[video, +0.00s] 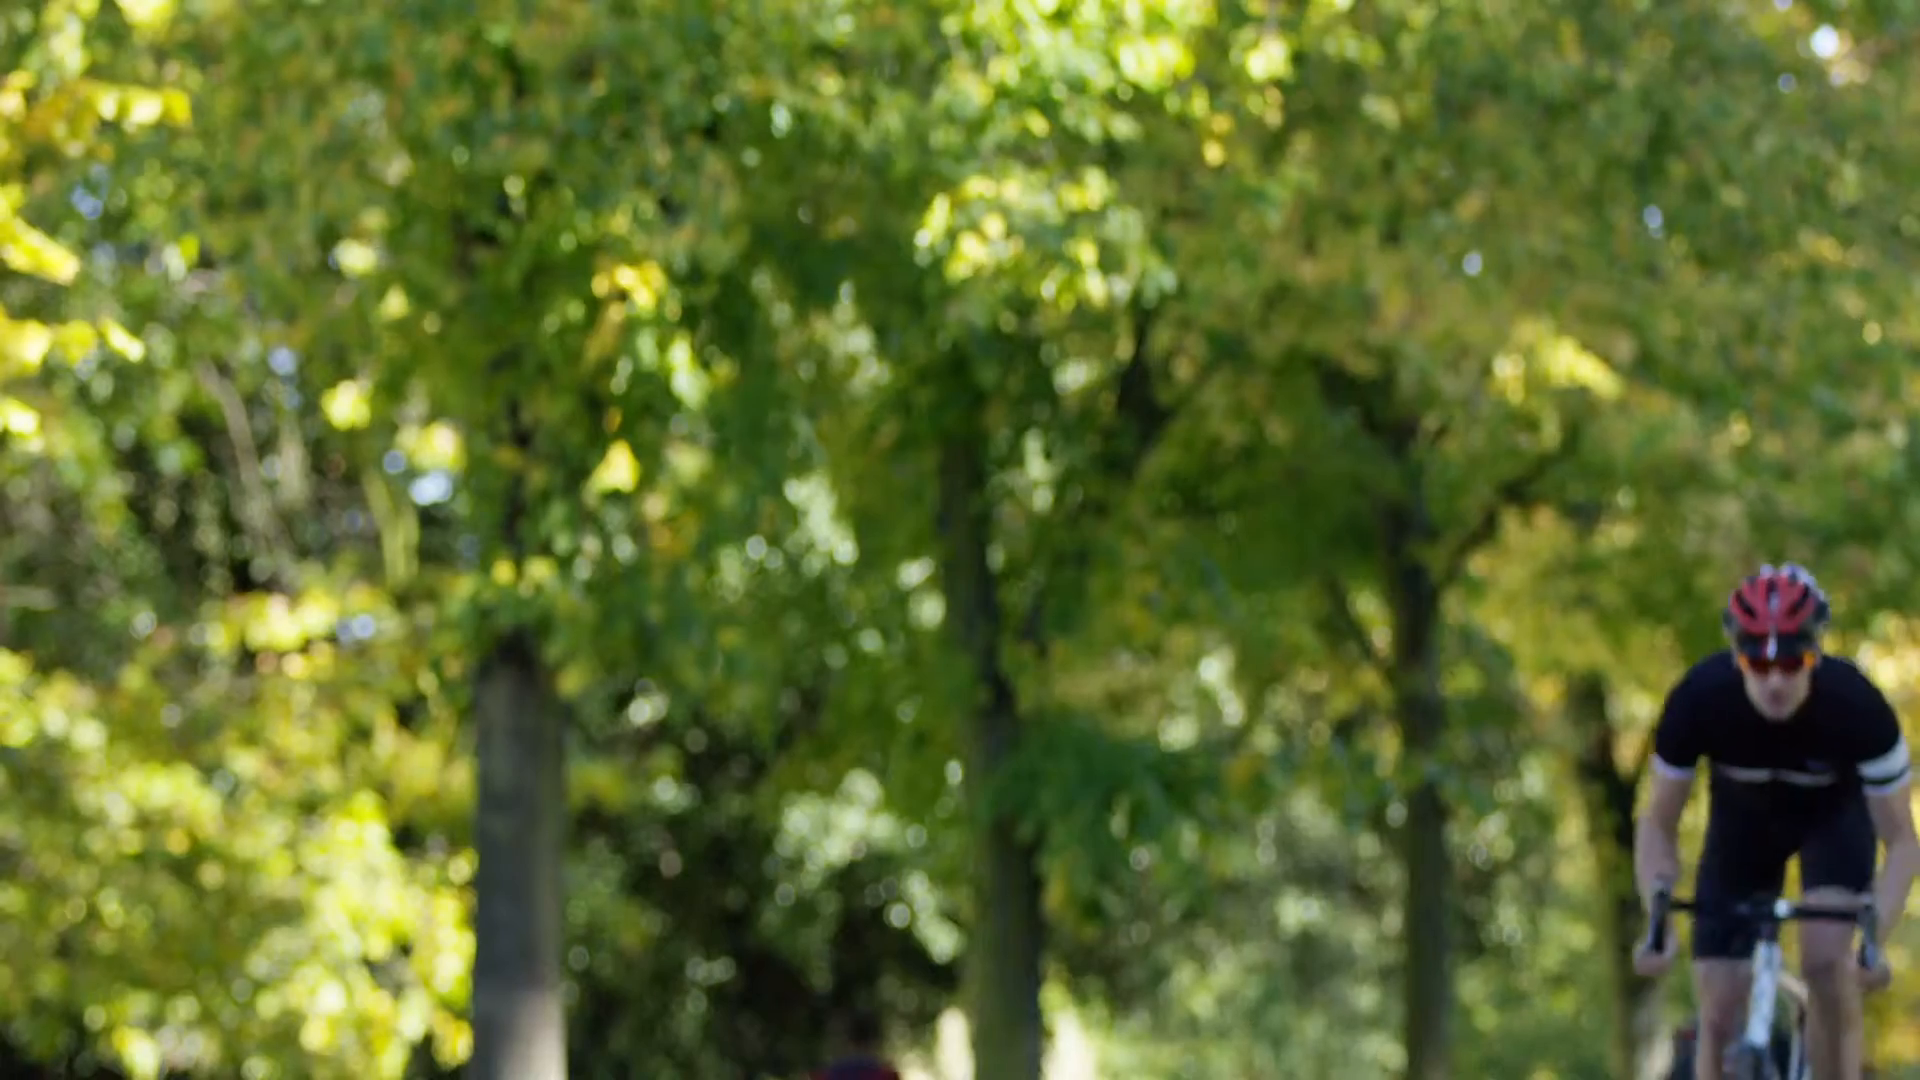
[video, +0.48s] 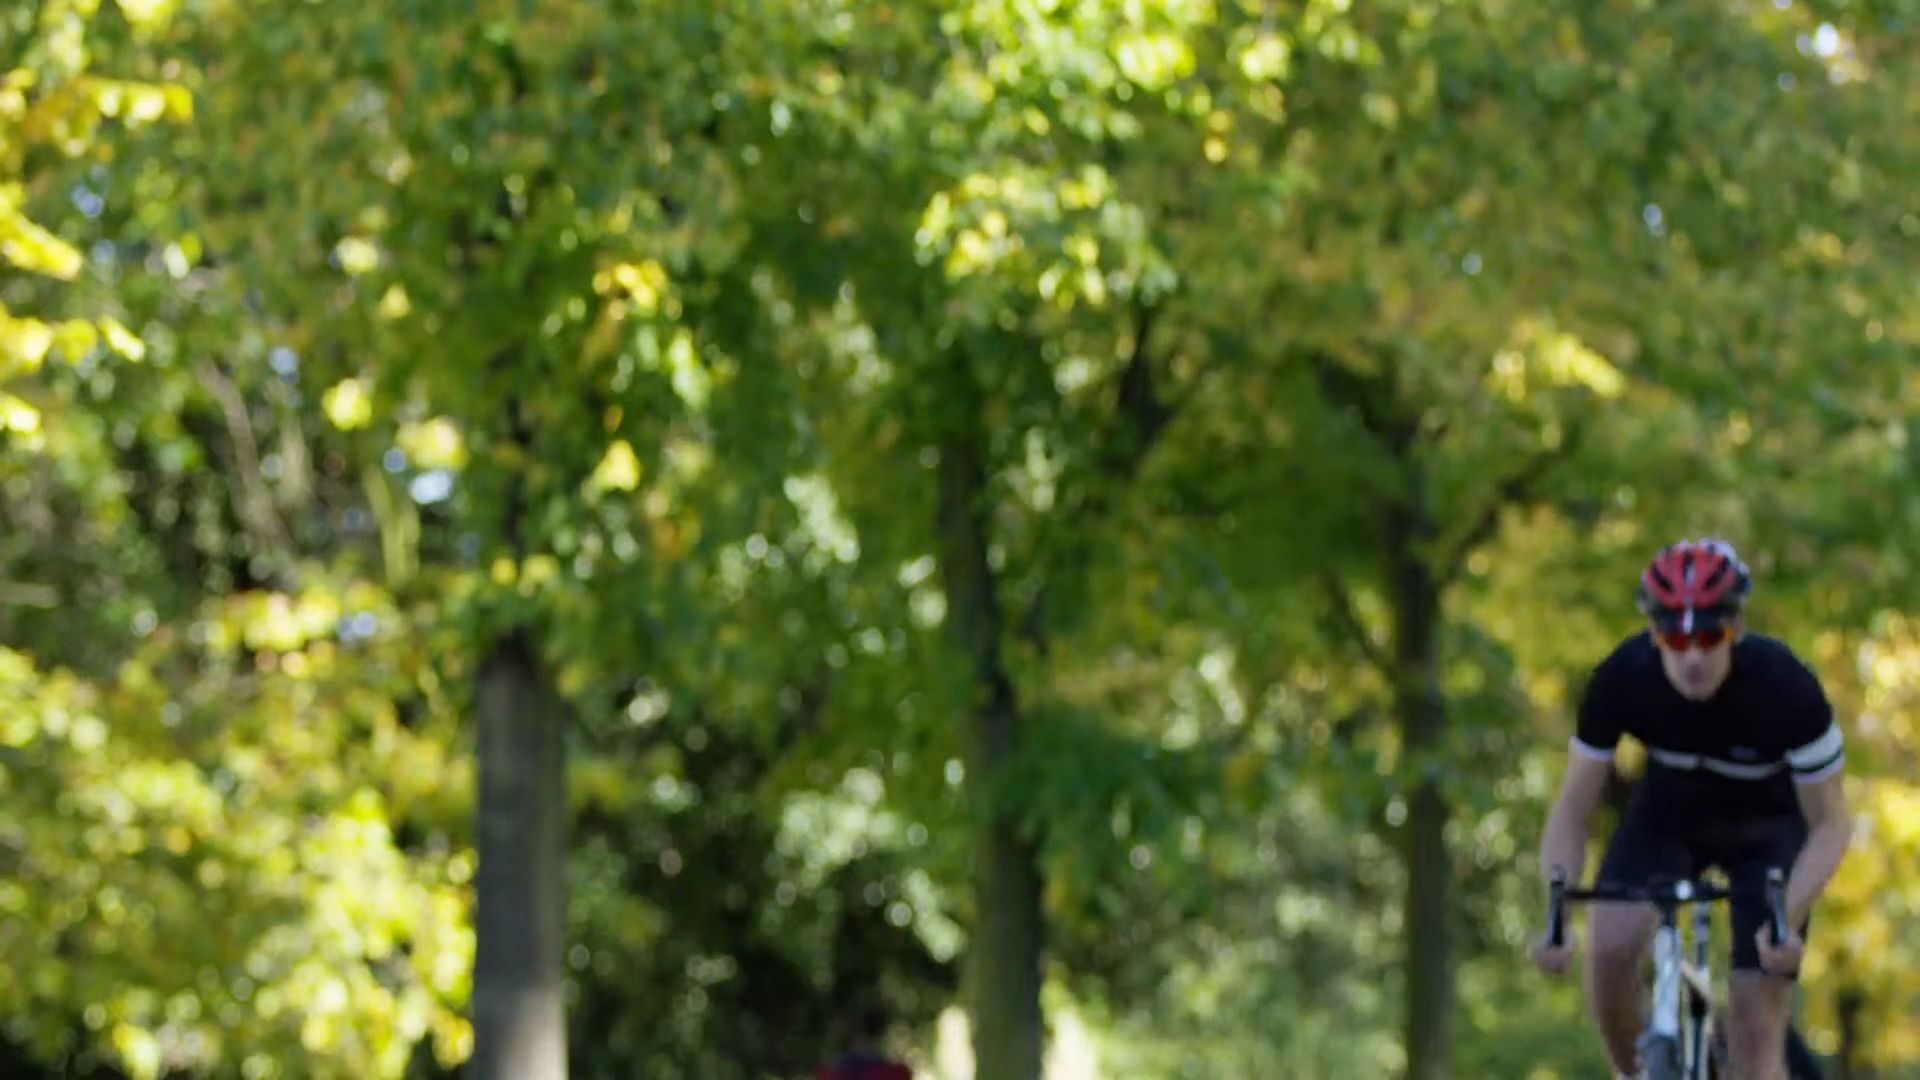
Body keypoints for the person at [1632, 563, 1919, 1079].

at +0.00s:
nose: (1775, 679)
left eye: (1791, 662)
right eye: (1759, 663)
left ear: (1813, 654)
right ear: (1737, 654)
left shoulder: (1855, 702)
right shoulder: (1699, 698)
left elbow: (1900, 836)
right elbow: (1660, 818)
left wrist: (1875, 934)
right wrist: (1657, 913)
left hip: (1834, 817)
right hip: (1740, 817)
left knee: (1827, 964)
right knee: (1719, 1005)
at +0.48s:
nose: (1692, 656)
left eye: (1709, 638)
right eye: (1675, 639)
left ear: (1735, 629)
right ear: (1654, 632)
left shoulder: (1782, 682)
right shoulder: (1621, 678)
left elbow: (1831, 820)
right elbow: (1573, 807)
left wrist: (1787, 917)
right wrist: (1555, 915)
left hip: (1766, 818)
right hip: (1666, 810)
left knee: (1758, 1003)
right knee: (1610, 944)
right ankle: (1631, 1072)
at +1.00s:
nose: (1603, 610)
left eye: (1621, 590)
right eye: (1585, 592)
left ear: (1650, 577)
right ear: (1563, 584)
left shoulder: (1703, 633)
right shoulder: (1526, 644)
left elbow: (1773, 776)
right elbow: (1513, 788)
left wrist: (1774, 897)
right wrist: (1529, 888)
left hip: (1703, 773)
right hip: (1594, 771)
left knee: (1719, 995)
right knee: (1579, 907)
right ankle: (1591, 1074)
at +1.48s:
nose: (1550, 576)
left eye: (1569, 556)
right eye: (1532, 557)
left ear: (1600, 546)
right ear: (1508, 550)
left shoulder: (1640, 610)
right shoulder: (1462, 621)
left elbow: (1726, 763)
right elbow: (1457, 768)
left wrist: (1746, 880)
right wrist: (1495, 871)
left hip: (1641, 757)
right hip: (1527, 770)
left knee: (1688, 924)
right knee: (1543, 981)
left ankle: (1708, 1072)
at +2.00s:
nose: (1495, 530)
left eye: (1514, 508)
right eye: (1474, 511)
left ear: (1546, 493)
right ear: (1446, 499)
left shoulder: (1595, 568)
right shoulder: (1395, 564)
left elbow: (1641, 733)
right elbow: (1350, 718)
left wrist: (1626, 854)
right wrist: (1356, 842)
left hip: (1564, 704)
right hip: (1447, 710)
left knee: (1571, 868)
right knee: (1434, 942)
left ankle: (1584, 1071)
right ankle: (1434, 1072)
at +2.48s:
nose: (1394, 494)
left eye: (1414, 470)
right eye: (1371, 475)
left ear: (1451, 454)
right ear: (1345, 470)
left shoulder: (1516, 532)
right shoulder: (1309, 534)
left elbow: (1571, 698)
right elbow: (1251, 702)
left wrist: (1529, 817)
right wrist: (1238, 831)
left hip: (1499, 698)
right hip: (1373, 692)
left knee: (1496, 933)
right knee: (1307, 877)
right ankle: (1337, 1058)